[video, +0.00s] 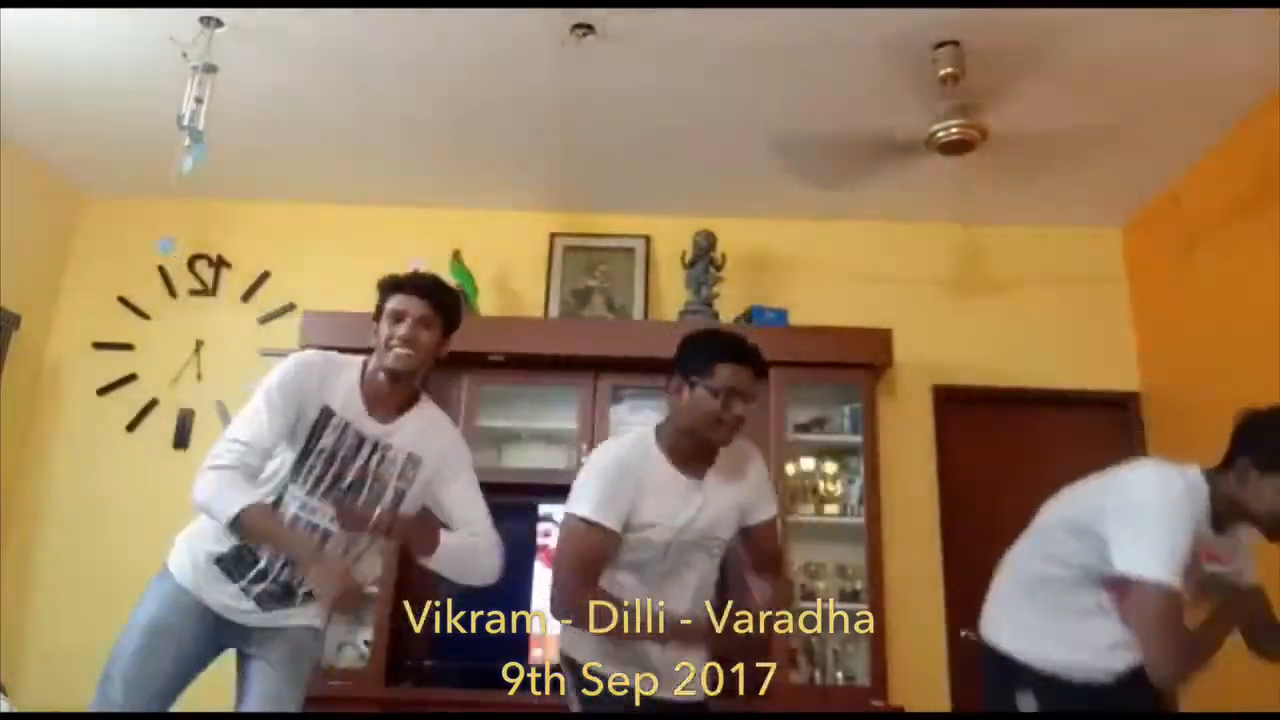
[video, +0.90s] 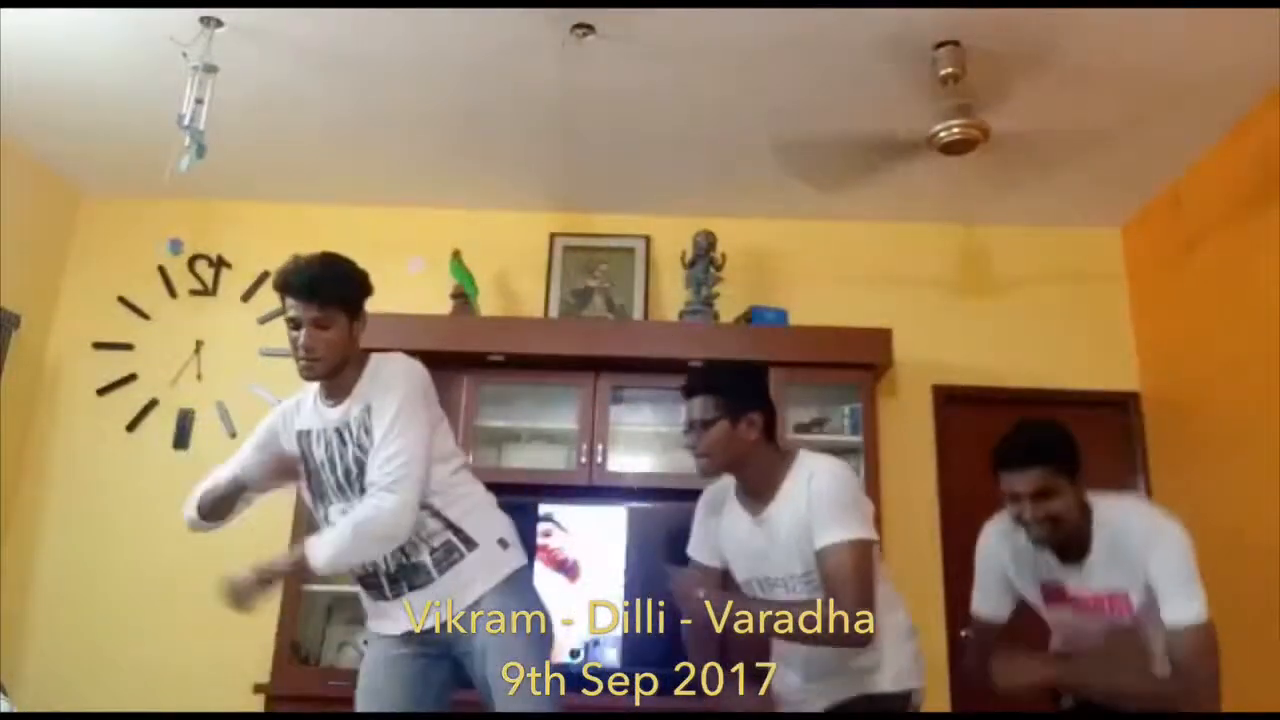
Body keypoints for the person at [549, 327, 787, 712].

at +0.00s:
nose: (738, 412)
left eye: (746, 401)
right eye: (724, 396)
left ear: (753, 403)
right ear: (679, 390)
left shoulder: (744, 466)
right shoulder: (616, 464)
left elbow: (772, 572)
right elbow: (569, 600)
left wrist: (774, 635)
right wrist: (688, 629)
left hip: (689, 677)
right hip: (605, 675)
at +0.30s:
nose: (736, 412)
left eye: (750, 400)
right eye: (722, 398)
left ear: (768, 408)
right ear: (700, 406)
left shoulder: (791, 486)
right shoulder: (653, 478)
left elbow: (822, 617)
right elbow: (625, 613)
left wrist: (757, 671)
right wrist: (671, 691)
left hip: (753, 694)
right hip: (668, 692)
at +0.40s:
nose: (726, 389)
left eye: (743, 376)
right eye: (717, 376)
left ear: (777, 389)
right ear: (706, 384)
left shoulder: (815, 470)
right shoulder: (668, 465)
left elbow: (844, 593)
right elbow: (627, 593)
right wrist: (665, 686)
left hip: (784, 688)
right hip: (689, 683)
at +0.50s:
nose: (716, 379)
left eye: (734, 366)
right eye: (710, 367)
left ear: (780, 376)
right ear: (703, 370)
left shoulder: (827, 452)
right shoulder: (689, 448)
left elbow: (859, 580)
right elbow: (641, 563)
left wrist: (746, 534)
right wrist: (703, 632)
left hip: (810, 687)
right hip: (711, 684)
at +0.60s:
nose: (710, 373)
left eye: (725, 360)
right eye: (706, 361)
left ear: (774, 366)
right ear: (702, 363)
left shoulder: (833, 435)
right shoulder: (700, 442)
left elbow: (861, 564)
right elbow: (675, 560)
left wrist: (773, 562)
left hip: (826, 678)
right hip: (731, 675)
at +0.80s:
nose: (696, 439)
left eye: (709, 424)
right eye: (694, 426)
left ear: (757, 423)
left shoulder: (832, 479)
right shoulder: (716, 502)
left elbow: (867, 619)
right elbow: (694, 622)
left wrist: (762, 631)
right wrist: (647, 691)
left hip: (874, 696)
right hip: (793, 696)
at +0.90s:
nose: (690, 441)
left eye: (702, 426)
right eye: (689, 428)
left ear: (750, 427)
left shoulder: (827, 481)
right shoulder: (714, 503)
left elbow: (854, 626)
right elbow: (702, 621)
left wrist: (735, 610)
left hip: (869, 683)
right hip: (792, 687)